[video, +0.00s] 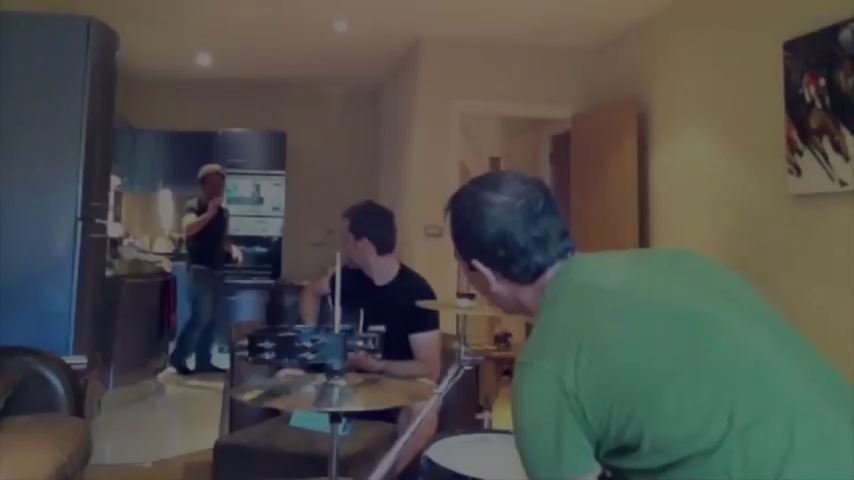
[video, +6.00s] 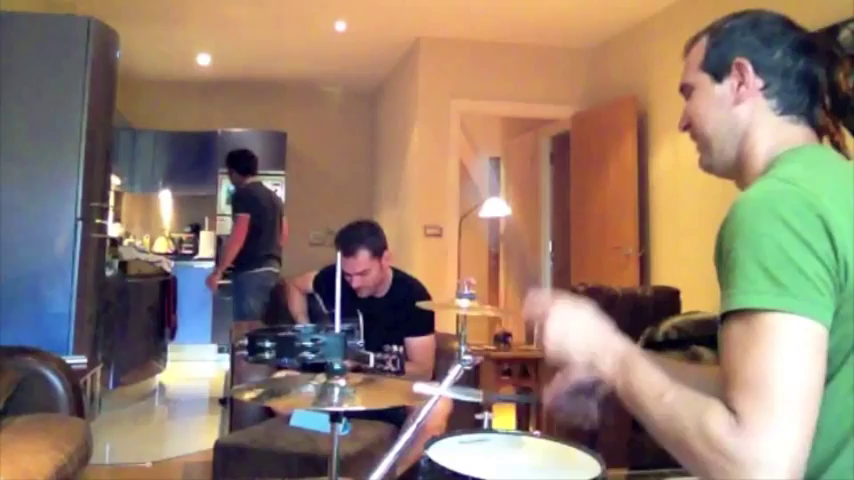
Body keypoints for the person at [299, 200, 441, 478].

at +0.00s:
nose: (343, 245)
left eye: (346, 238)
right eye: (344, 237)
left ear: (364, 245)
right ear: (365, 246)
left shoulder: (416, 290)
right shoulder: (346, 277)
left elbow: (430, 369)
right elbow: (311, 293)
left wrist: (375, 365)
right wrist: (311, 339)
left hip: (397, 390)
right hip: (343, 383)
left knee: (425, 413)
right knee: (288, 380)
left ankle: (383, 475)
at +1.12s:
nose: (343, 283)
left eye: (347, 271)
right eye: (336, 275)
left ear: (368, 253)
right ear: (329, 269)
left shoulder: (410, 289)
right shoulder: (332, 284)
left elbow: (434, 369)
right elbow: (295, 288)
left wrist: (374, 367)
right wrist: (305, 335)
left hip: (395, 391)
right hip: (339, 387)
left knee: (444, 402)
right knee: (279, 398)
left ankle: (390, 473)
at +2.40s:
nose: (372, 272)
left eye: (382, 263)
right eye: (367, 262)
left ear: (404, 255)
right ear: (362, 250)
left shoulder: (424, 291)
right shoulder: (348, 271)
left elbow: (424, 370)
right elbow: (306, 272)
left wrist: (387, 368)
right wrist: (310, 325)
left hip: (394, 387)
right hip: (341, 379)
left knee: (450, 405)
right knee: (277, 399)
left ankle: (390, 472)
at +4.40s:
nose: (360, 278)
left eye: (370, 268)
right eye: (352, 268)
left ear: (390, 258)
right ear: (344, 258)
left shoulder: (412, 295)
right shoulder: (336, 277)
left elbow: (424, 371)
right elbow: (293, 287)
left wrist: (371, 366)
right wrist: (305, 329)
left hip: (389, 388)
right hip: (336, 381)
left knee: (438, 403)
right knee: (280, 388)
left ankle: (387, 473)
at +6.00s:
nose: (355, 283)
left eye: (363, 274)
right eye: (348, 275)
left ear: (386, 260)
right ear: (341, 264)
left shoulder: (411, 294)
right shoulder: (334, 279)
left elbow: (423, 369)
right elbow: (294, 287)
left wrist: (368, 369)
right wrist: (306, 333)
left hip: (389, 390)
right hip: (335, 383)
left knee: (438, 406)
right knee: (281, 391)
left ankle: (390, 473)